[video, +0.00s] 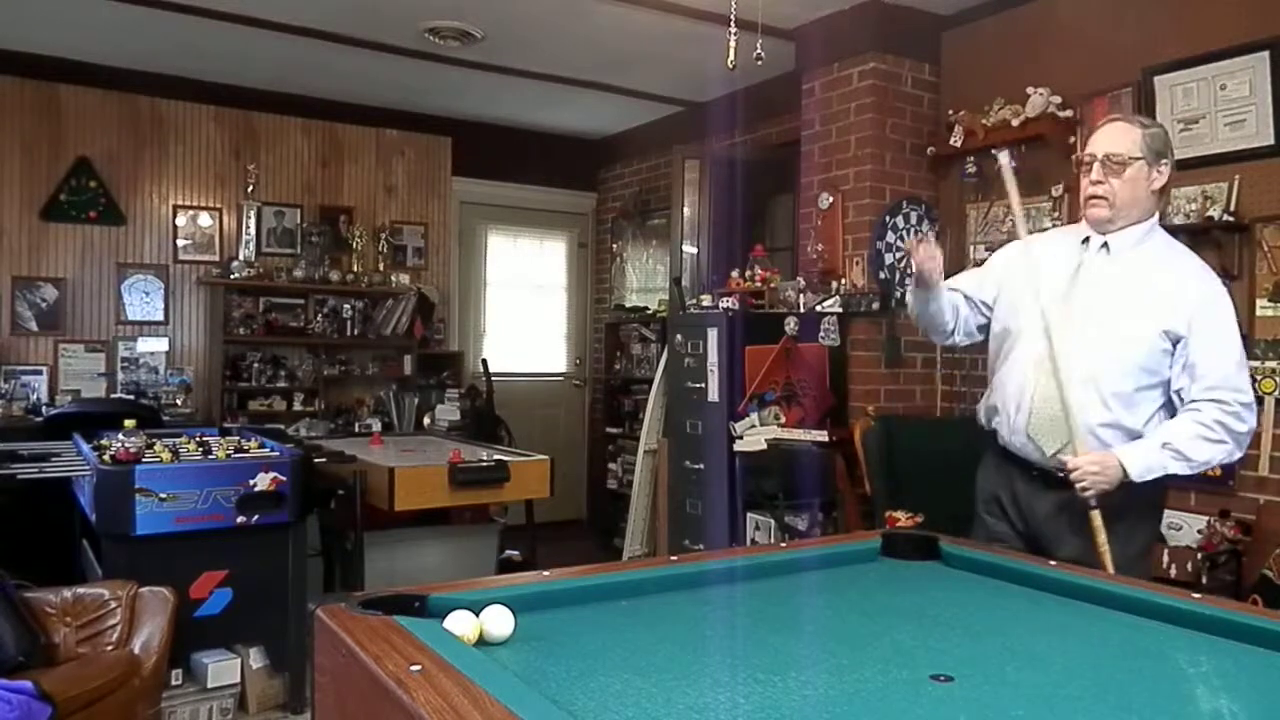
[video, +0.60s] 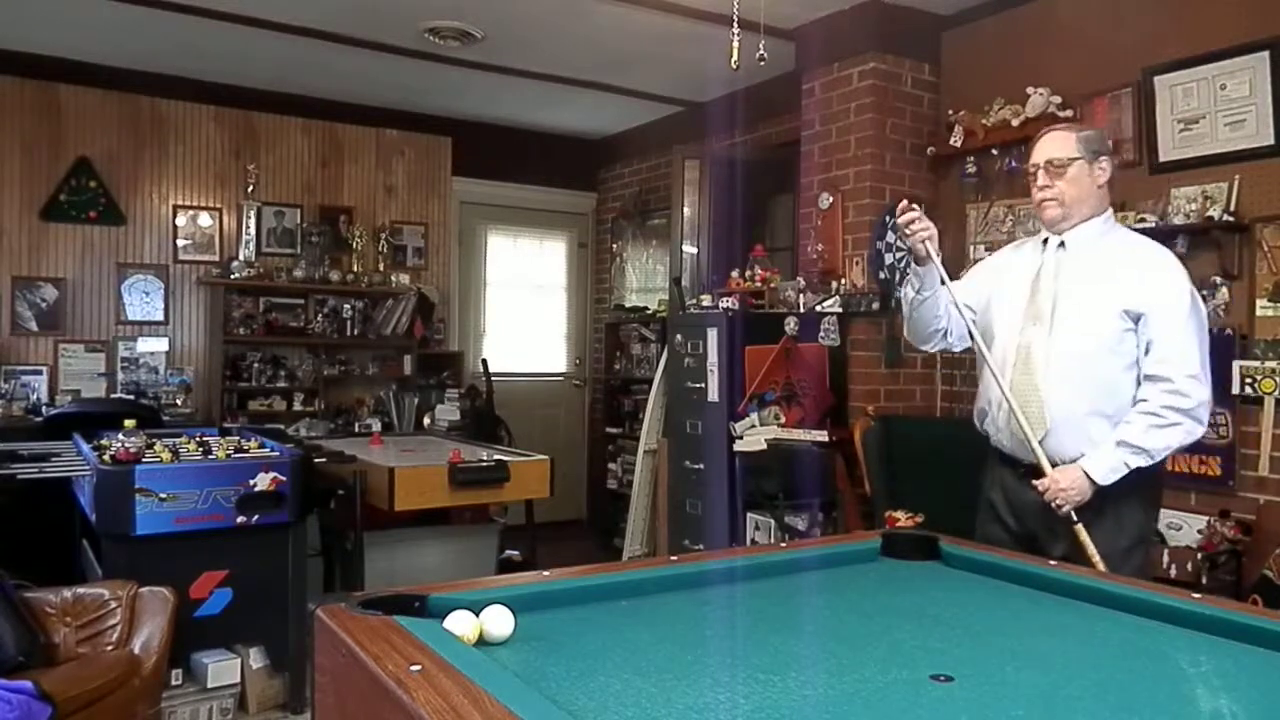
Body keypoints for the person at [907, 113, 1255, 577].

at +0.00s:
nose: (1093, 178)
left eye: (1114, 164)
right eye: (1088, 164)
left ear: (1157, 175)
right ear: (1077, 170)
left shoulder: (1191, 286)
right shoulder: (1027, 257)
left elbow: (1226, 415)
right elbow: (950, 321)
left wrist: (1125, 464)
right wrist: (928, 288)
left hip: (1111, 510)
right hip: (1006, 486)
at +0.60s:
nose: (1040, 183)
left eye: (1056, 169)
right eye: (1034, 173)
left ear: (1100, 172)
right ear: (1028, 184)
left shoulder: (1151, 268)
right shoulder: (1007, 265)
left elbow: (1180, 401)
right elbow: (934, 331)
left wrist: (1091, 471)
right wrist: (924, 266)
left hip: (1106, 500)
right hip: (1006, 487)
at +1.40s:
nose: (1029, 193)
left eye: (1046, 177)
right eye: (1016, 181)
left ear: (1077, 181)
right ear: (1003, 190)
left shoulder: (1126, 270)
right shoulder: (972, 271)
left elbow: (1169, 394)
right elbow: (911, 346)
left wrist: (1104, 469)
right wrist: (896, 288)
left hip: (1097, 499)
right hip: (994, 491)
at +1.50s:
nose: (1043, 193)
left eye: (1060, 179)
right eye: (1028, 180)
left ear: (1087, 184)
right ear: (1010, 189)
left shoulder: (1133, 273)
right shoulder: (971, 275)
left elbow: (1183, 387)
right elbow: (918, 359)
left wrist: (1124, 458)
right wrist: (906, 328)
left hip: (1099, 499)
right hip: (995, 494)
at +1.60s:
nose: (1059, 195)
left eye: (1076, 181)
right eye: (1044, 181)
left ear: (1100, 186)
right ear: (1022, 188)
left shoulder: (1144, 275)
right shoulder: (982, 274)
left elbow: (1201, 381)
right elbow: (921, 342)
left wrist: (1150, 442)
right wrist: (929, 367)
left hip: (1111, 502)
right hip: (1004, 497)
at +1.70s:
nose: (1081, 200)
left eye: (1098, 185)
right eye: (1065, 184)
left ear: (1121, 189)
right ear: (1041, 185)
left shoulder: (1160, 277)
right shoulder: (996, 273)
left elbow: (1220, 382)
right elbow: (938, 358)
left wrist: (1177, 434)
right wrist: (953, 410)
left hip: (1122, 507)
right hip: (1011, 500)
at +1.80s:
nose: (1110, 205)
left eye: (1128, 191)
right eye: (1096, 187)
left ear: (1154, 199)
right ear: (1067, 187)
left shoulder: (1189, 286)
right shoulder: (1015, 274)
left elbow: (1239, 390)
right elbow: (959, 370)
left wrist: (1199, 438)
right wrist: (986, 441)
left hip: (1133, 518)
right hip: (1023, 508)